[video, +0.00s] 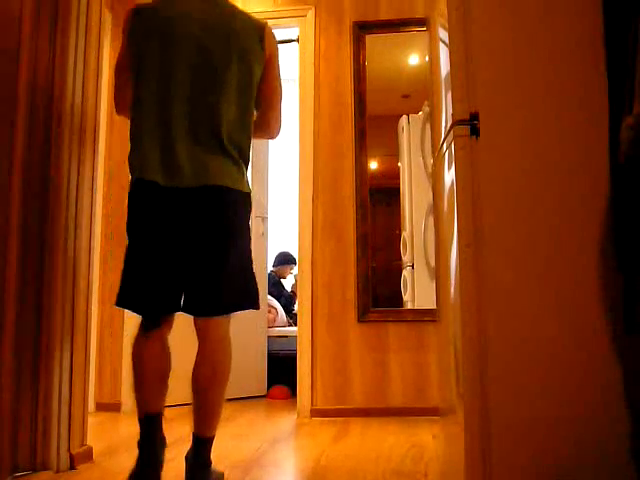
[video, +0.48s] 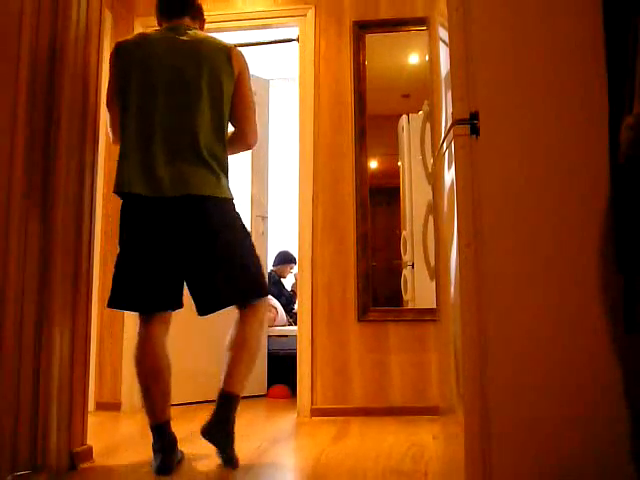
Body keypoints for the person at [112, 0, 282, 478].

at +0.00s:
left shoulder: (145, 17)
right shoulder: (256, 30)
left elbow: (123, 101)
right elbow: (269, 124)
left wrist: (173, 110)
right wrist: (217, 118)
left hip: (154, 190)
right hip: (220, 195)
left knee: (154, 322)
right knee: (213, 326)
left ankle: (150, 452)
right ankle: (200, 463)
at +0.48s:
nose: (204, 19)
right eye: (203, 14)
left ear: (158, 15)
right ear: (200, 15)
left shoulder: (124, 53)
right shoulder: (227, 56)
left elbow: (118, 133)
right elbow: (247, 136)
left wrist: (160, 146)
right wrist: (203, 148)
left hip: (143, 205)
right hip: (206, 203)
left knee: (153, 322)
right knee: (255, 306)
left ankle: (163, 446)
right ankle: (223, 417)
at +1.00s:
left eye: (151, 18)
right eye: (191, 18)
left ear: (150, 18)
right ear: (194, 18)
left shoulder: (125, 54)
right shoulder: (226, 58)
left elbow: (114, 132)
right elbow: (256, 136)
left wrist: (158, 142)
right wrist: (212, 148)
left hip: (149, 207)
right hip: (208, 208)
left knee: (154, 324)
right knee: (210, 327)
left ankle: (163, 445)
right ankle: (206, 445)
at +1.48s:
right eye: (197, 23)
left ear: (156, 22)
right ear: (199, 24)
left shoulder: (128, 54)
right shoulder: (229, 61)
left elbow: (115, 132)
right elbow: (257, 139)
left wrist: (158, 139)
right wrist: (212, 149)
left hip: (149, 206)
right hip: (207, 208)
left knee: (155, 323)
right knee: (209, 324)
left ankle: (164, 444)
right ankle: (206, 444)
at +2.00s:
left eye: (168, 35)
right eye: (203, 40)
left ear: (164, 37)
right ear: (206, 40)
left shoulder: (133, 71)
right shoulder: (229, 74)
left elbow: (119, 144)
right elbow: (256, 149)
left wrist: (159, 154)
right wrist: (216, 161)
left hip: (151, 211)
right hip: (207, 211)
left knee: (155, 324)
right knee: (209, 323)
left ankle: (163, 440)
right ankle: (204, 419)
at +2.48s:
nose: (196, 64)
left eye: (195, 62)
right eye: (209, 63)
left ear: (194, 65)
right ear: (230, 70)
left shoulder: (170, 85)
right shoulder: (252, 102)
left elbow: (145, 155)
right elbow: (263, 173)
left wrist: (172, 183)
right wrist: (225, 191)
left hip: (168, 214)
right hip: (219, 218)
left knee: (158, 314)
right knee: (214, 321)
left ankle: (151, 416)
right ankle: (204, 422)